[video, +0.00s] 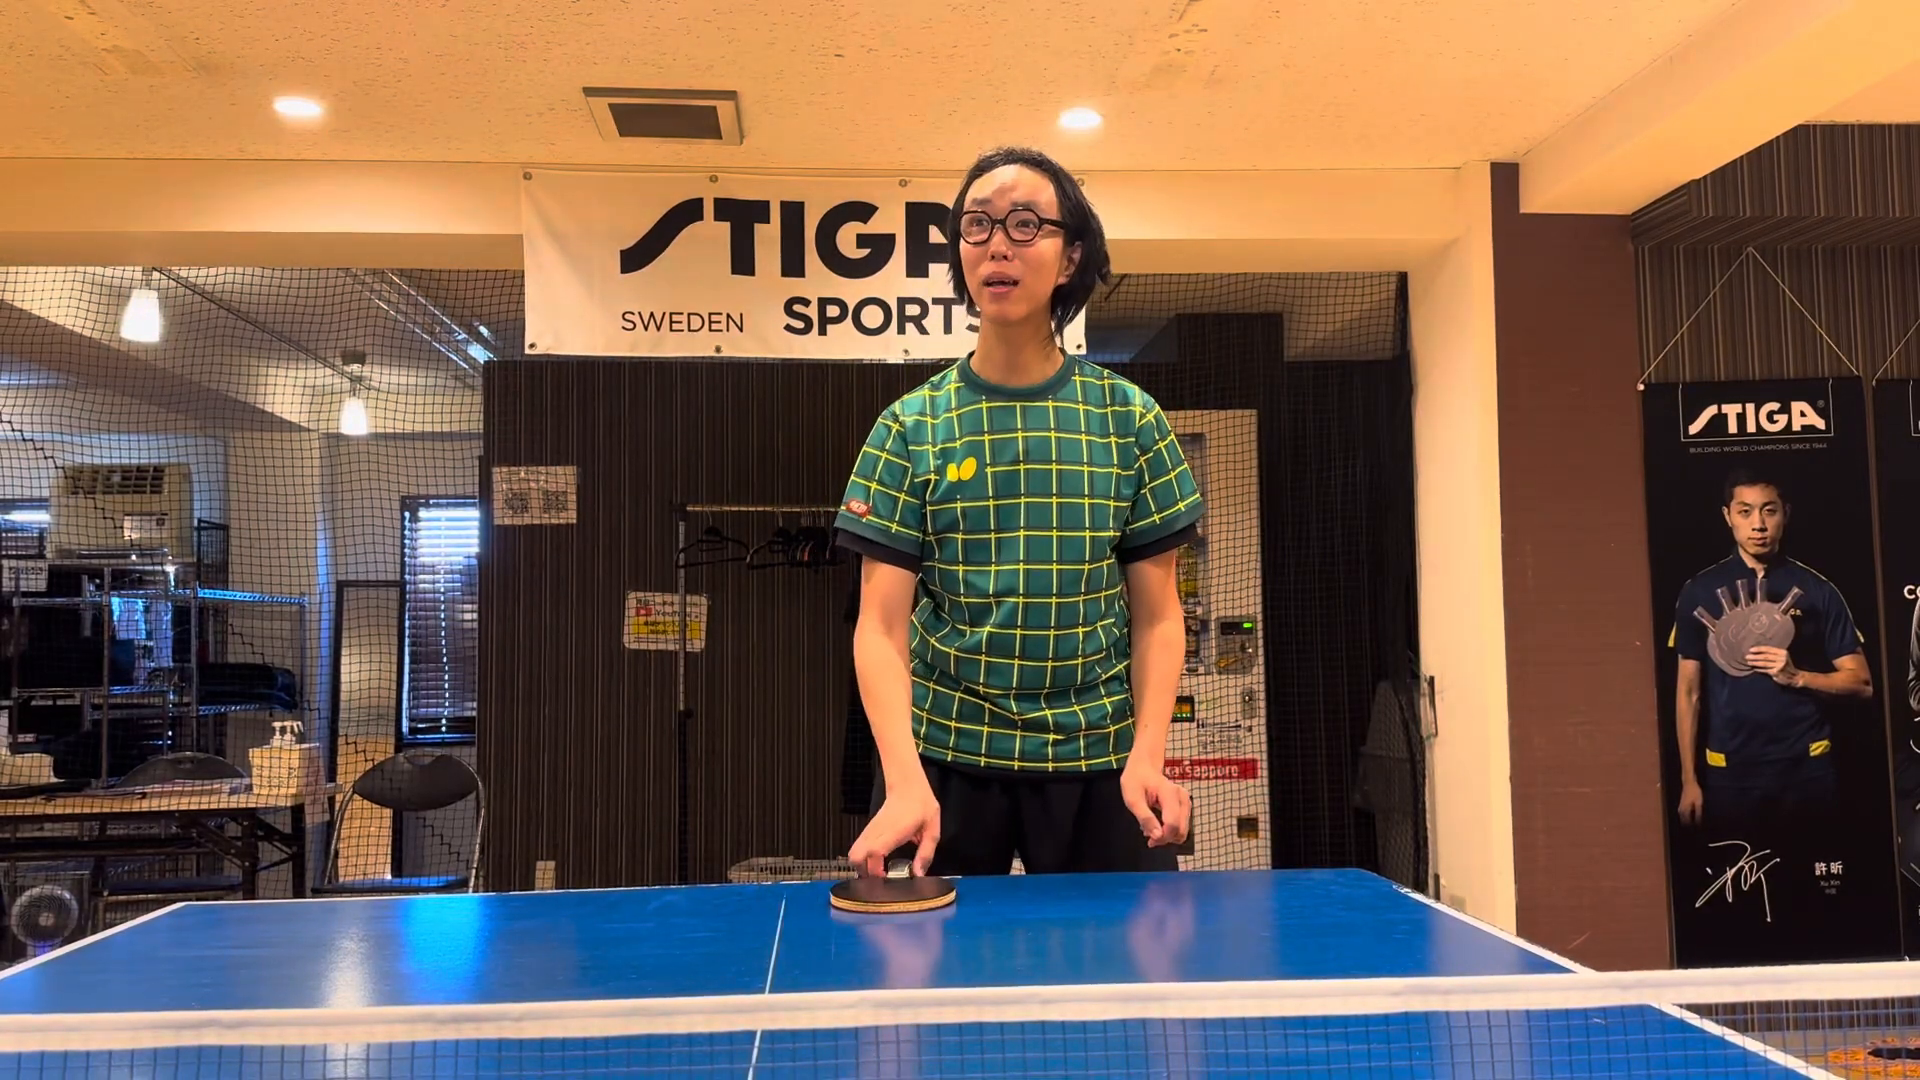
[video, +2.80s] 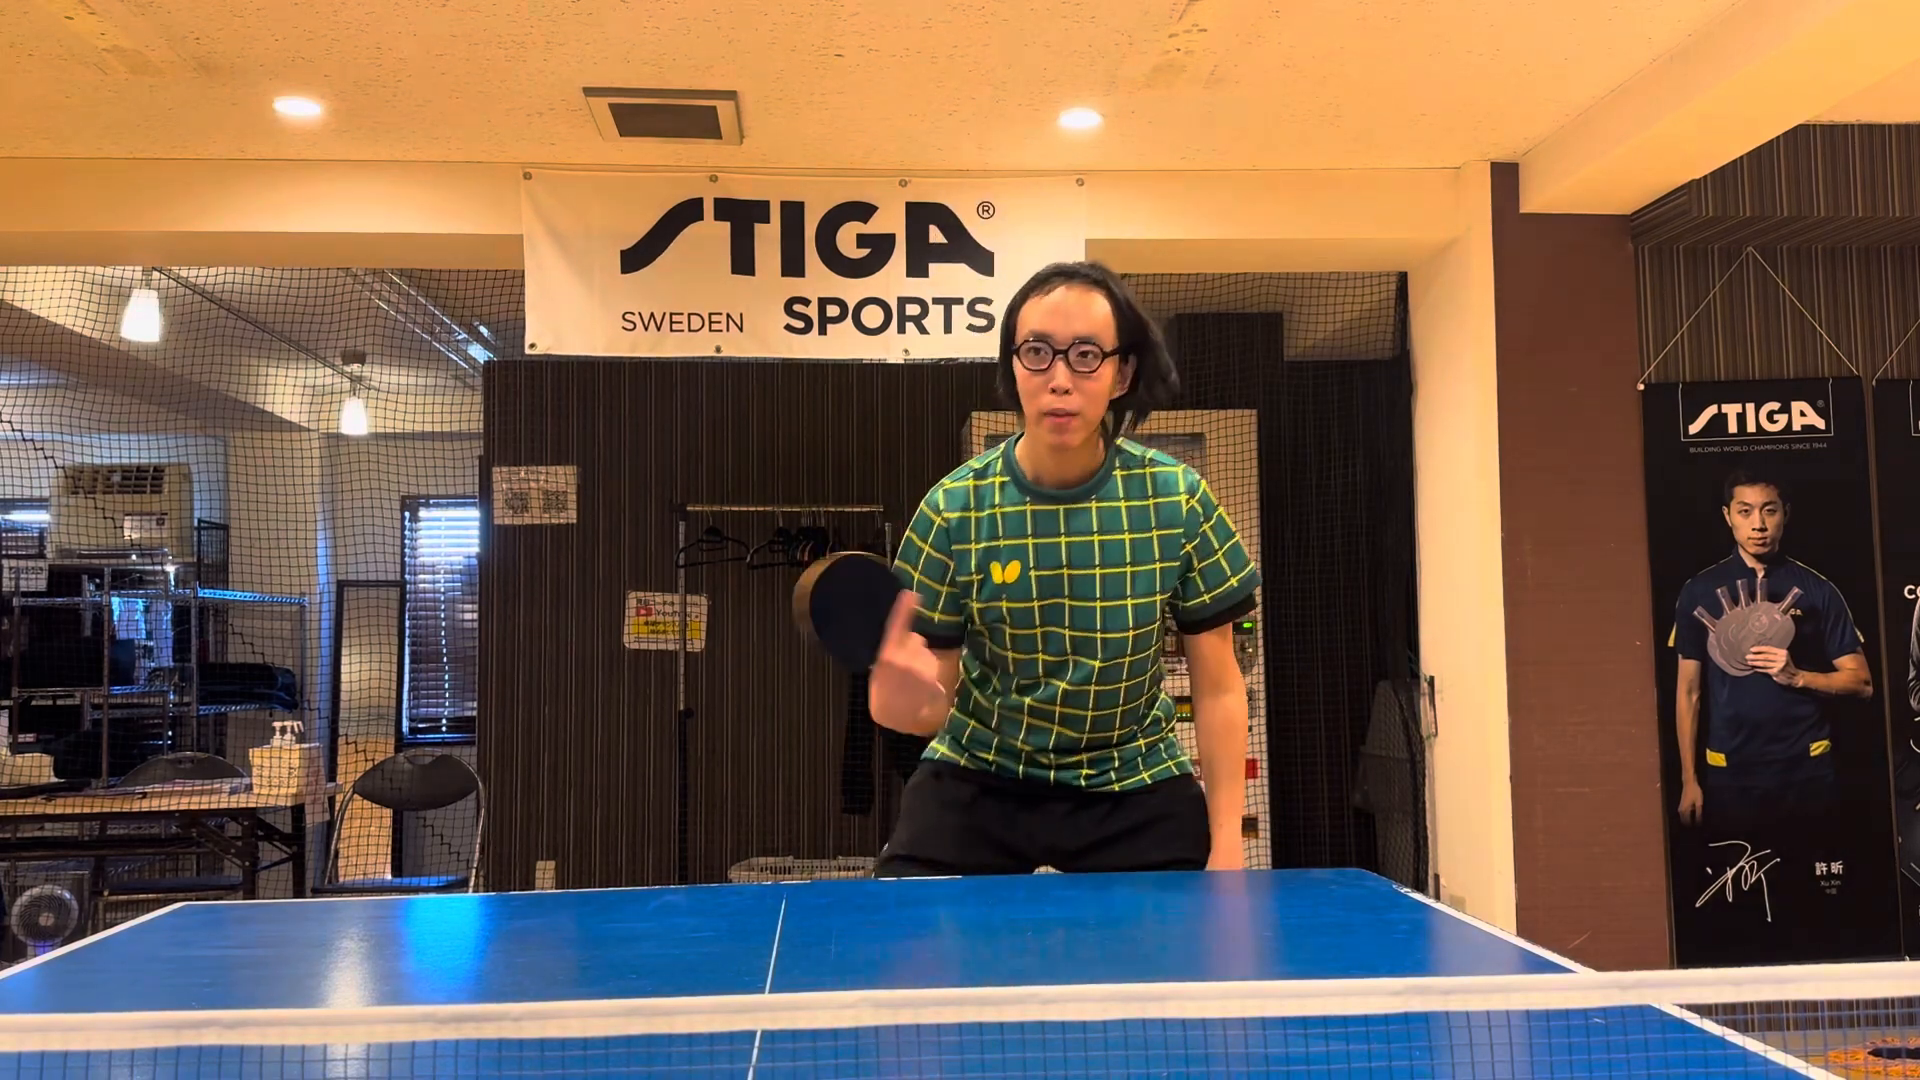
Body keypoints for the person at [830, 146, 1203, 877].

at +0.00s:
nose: (999, 245)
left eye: (1026, 225)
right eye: (979, 225)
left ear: (1070, 258)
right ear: (958, 253)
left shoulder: (1129, 419)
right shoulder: (913, 426)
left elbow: (1158, 615)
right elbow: (881, 628)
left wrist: (1147, 758)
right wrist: (903, 781)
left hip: (1100, 779)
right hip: (947, 779)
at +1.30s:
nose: (1010, 318)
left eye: (1034, 295)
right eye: (988, 294)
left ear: (1069, 310)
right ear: (960, 311)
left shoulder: (1120, 459)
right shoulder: (900, 464)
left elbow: (1158, 639)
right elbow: (831, 648)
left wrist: (1124, 641)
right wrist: (916, 708)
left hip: (1097, 800)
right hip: (929, 801)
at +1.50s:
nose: (1070, 329)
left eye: (1095, 307)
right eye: (1048, 304)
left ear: (1129, 321)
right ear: (1019, 317)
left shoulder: (1181, 453)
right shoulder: (964, 473)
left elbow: (1232, 661)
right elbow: (886, 649)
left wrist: (1186, 541)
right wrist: (938, 714)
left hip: (1154, 782)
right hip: (989, 779)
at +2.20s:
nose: (1032, 387)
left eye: (1058, 363)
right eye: (1010, 361)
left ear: (1096, 378)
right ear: (986, 374)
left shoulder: (1149, 493)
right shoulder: (933, 513)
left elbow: (1203, 684)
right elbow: (869, 694)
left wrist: (1162, 623)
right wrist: (898, 767)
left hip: (1121, 792)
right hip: (962, 796)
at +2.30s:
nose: (1028, 394)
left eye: (1053, 369)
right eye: (1006, 367)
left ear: (1091, 383)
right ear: (982, 380)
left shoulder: (1149, 502)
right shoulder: (927, 521)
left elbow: (1202, 651)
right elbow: (873, 692)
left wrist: (1156, 668)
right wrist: (876, 760)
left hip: (1123, 811)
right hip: (956, 813)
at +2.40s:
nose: (1030, 400)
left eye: (1056, 371)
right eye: (1007, 370)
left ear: (1094, 383)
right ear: (983, 383)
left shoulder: (1149, 505)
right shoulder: (930, 522)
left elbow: (1197, 651)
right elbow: (879, 682)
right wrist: (862, 758)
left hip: (1110, 812)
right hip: (953, 808)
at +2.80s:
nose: (1059, 376)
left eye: (1085, 355)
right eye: (1038, 351)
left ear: (1121, 375)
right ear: (1011, 368)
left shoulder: (1176, 500)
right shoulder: (955, 507)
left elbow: (1218, 688)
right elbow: (934, 685)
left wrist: (1227, 851)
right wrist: (904, 702)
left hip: (1134, 779)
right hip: (978, 777)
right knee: (901, 949)